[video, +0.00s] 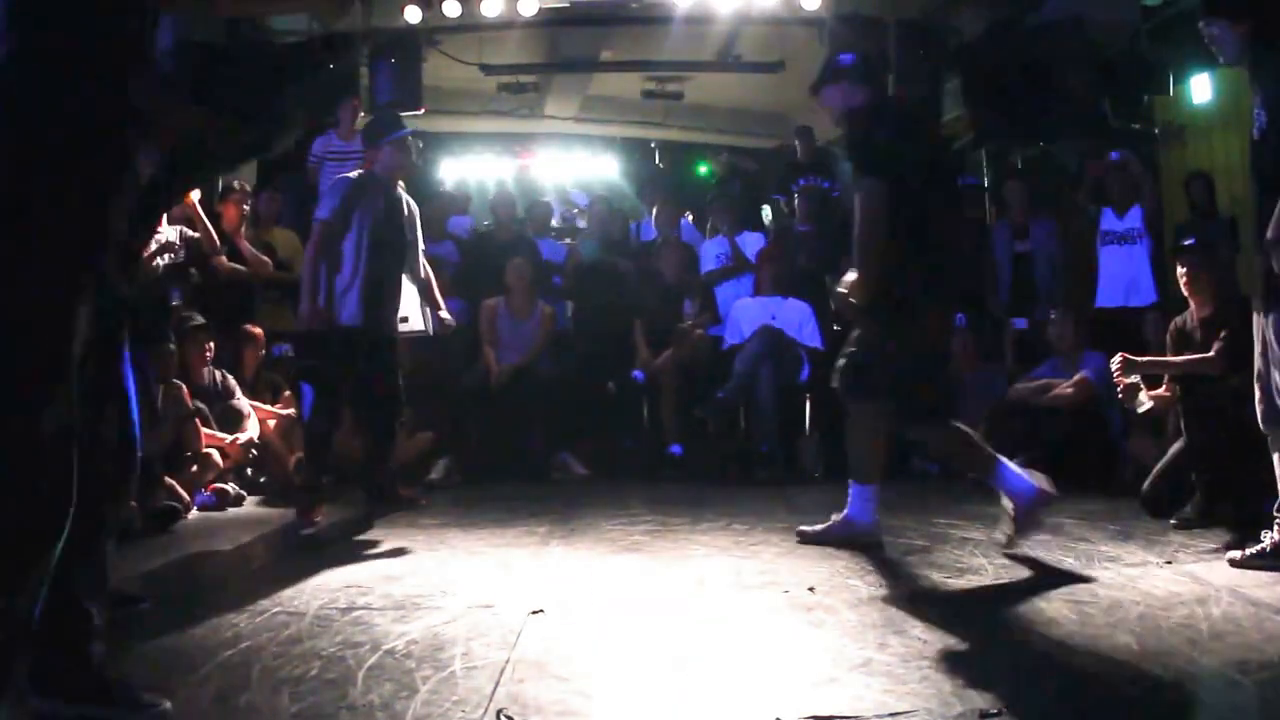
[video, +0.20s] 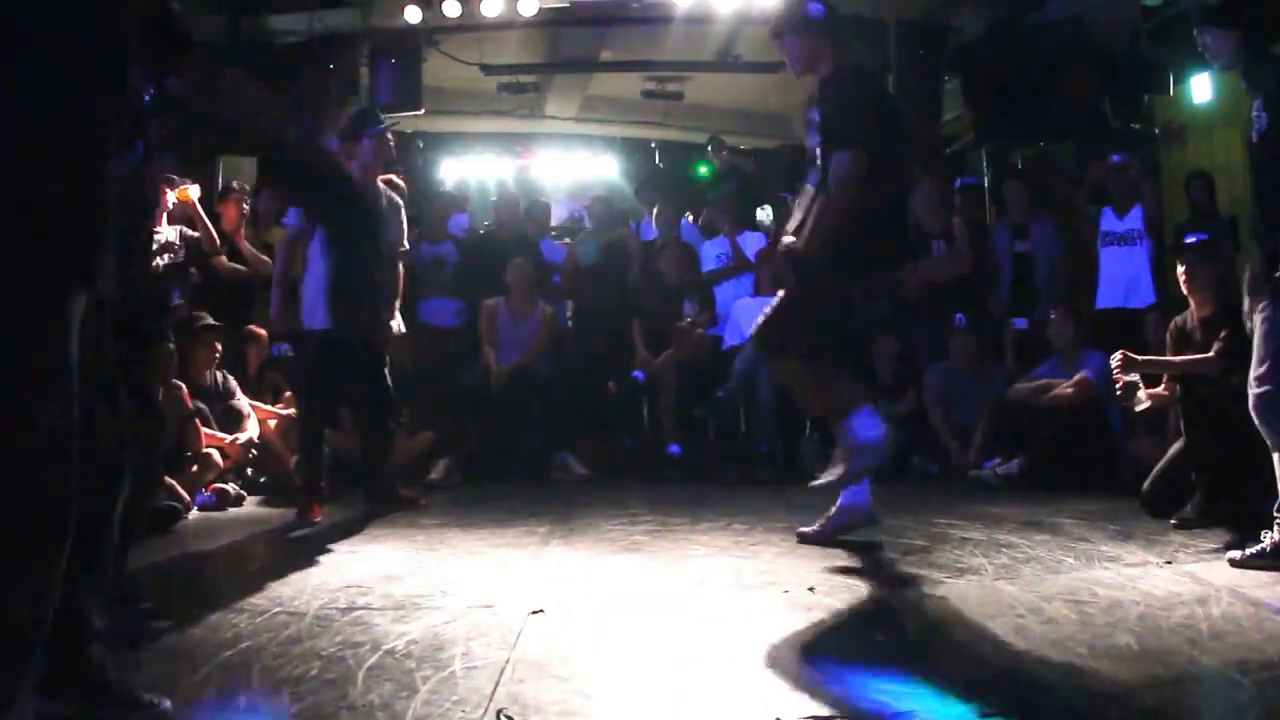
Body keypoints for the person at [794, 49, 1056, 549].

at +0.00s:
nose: (826, 110)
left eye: (828, 97)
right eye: (823, 100)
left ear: (850, 89)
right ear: (866, 91)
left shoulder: (871, 131)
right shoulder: (905, 127)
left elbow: (874, 214)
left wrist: (860, 279)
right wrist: (867, 275)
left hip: (900, 287)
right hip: (927, 285)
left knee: (859, 382)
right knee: (914, 408)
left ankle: (860, 513)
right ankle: (1020, 486)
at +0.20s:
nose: (784, 54)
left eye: (788, 41)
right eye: (781, 44)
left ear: (816, 36)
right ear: (810, 41)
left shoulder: (848, 86)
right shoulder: (831, 92)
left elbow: (845, 175)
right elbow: (815, 180)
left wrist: (804, 246)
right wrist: (790, 235)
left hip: (856, 248)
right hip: (847, 247)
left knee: (777, 336)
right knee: (840, 360)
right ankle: (855, 494)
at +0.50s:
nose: (745, 72)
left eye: (753, 61)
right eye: (742, 62)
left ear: (783, 55)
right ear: (743, 59)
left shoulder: (819, 115)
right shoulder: (745, 101)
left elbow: (822, 226)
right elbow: (733, 182)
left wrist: (764, 275)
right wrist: (718, 193)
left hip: (800, 269)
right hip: (749, 259)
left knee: (754, 394)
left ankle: (721, 530)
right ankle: (775, 450)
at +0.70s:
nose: (705, 82)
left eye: (712, 68)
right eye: (700, 71)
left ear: (744, 60)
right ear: (704, 71)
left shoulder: (804, 107)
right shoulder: (715, 120)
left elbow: (826, 209)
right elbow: (686, 209)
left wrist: (780, 274)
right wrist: (679, 252)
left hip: (793, 253)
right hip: (732, 247)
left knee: (747, 374)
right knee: (668, 307)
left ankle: (712, 518)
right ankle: (668, 441)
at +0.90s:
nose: (722, 57)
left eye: (731, 43)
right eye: (716, 48)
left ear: (766, 42)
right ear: (717, 56)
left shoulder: (819, 108)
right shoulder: (710, 120)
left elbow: (845, 193)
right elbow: (687, 205)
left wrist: (823, 246)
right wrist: (667, 269)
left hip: (800, 279)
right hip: (736, 281)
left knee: (769, 417)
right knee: (756, 411)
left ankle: (675, 519)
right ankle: (762, 558)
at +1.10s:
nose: (738, 61)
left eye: (746, 48)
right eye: (733, 52)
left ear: (779, 46)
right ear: (732, 55)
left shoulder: (825, 111)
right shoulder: (723, 113)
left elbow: (838, 214)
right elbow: (698, 207)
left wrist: (799, 274)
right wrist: (689, 277)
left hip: (791, 273)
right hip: (723, 267)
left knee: (773, 405)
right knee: (717, 374)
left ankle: (748, 532)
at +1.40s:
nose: (702, 55)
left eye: (702, 40)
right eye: (697, 47)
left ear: (732, 26)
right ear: (729, 37)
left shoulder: (791, 68)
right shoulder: (740, 105)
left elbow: (824, 153)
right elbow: (758, 183)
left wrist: (780, 236)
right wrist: (742, 239)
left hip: (822, 249)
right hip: (776, 253)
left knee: (829, 379)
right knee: (770, 373)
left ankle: (851, 525)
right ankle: (822, 507)